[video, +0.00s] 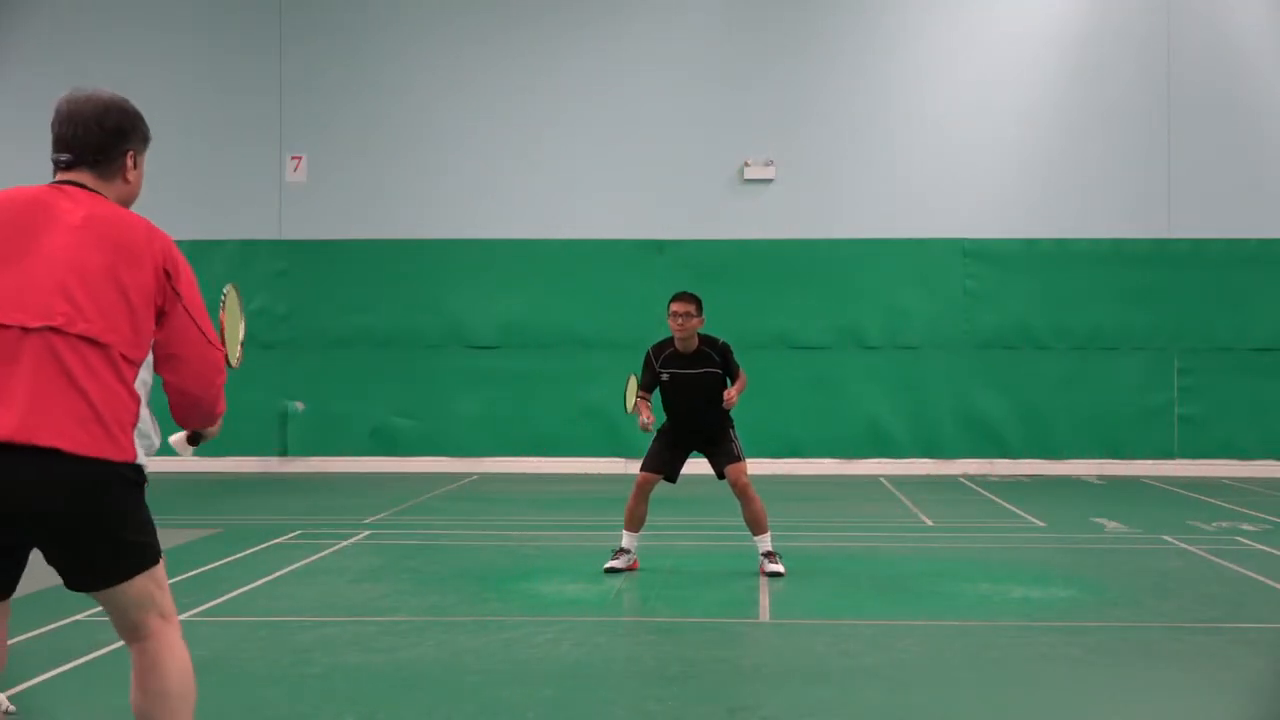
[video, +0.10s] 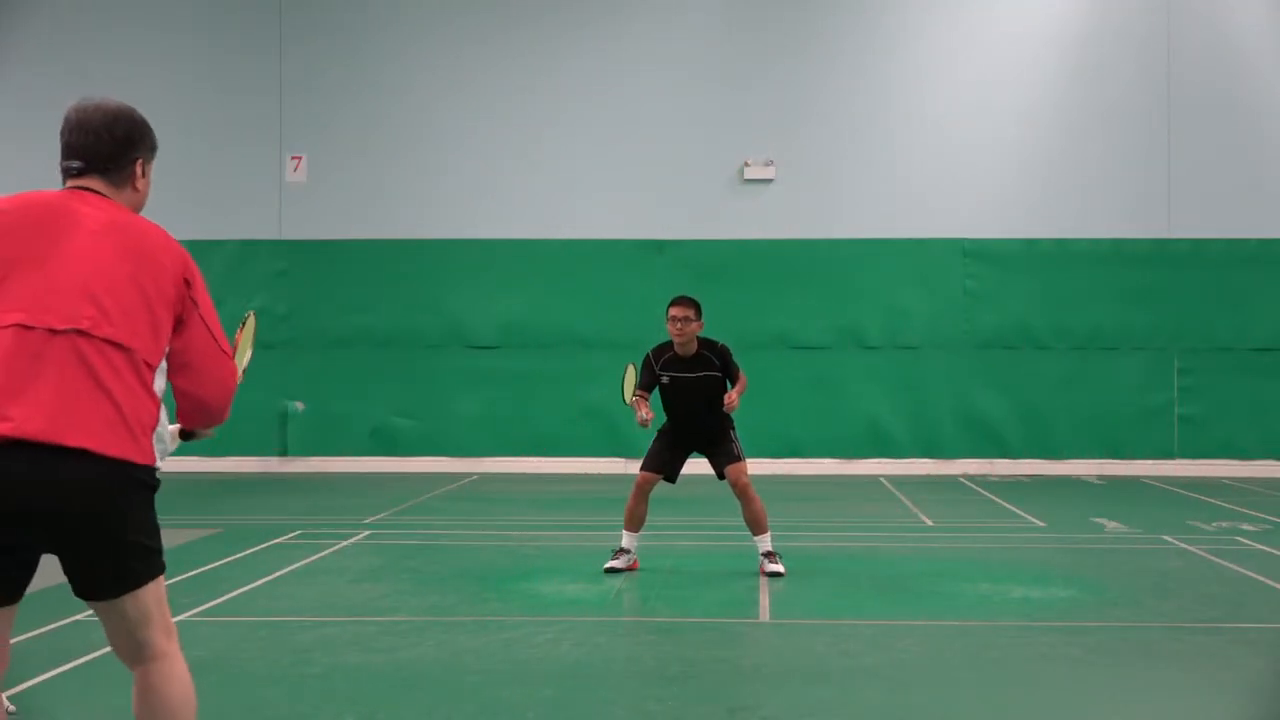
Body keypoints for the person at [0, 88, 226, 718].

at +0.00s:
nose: (144, 175)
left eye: (143, 161)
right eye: (143, 161)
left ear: (60, 156)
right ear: (129, 163)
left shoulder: (3, 206)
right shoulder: (149, 245)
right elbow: (197, 369)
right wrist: (200, 421)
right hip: (87, 464)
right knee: (152, 629)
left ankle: (0, 703)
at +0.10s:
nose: (151, 182)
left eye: (151, 170)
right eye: (151, 170)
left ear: (67, 165)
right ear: (139, 171)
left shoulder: (6, 212)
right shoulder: (162, 252)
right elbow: (210, 391)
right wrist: (193, 420)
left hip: (2, 459)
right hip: (103, 471)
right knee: (152, 652)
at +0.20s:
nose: (163, 191)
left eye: (163, 179)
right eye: (163, 179)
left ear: (81, 173)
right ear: (153, 180)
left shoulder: (13, 219)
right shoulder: (180, 264)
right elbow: (222, 400)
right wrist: (198, 425)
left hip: (11, 460)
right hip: (122, 471)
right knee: (159, 649)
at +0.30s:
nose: (168, 194)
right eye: (169, 182)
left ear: (88, 175)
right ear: (159, 183)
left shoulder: (26, 218)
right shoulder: (193, 266)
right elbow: (225, 404)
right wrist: (190, 422)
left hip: (20, 452)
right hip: (134, 466)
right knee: (162, 647)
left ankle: (3, 702)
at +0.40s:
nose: (167, 195)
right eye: (168, 184)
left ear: (87, 177)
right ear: (158, 185)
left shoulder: (29, 220)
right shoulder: (195, 268)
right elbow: (228, 398)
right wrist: (178, 434)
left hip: (25, 454)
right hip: (139, 465)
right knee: (163, 645)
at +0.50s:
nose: (164, 203)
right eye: (164, 191)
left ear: (83, 185)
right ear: (155, 192)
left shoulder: (21, 227)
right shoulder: (186, 272)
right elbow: (223, 407)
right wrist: (179, 445)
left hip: (20, 460)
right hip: (136, 471)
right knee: (163, 644)